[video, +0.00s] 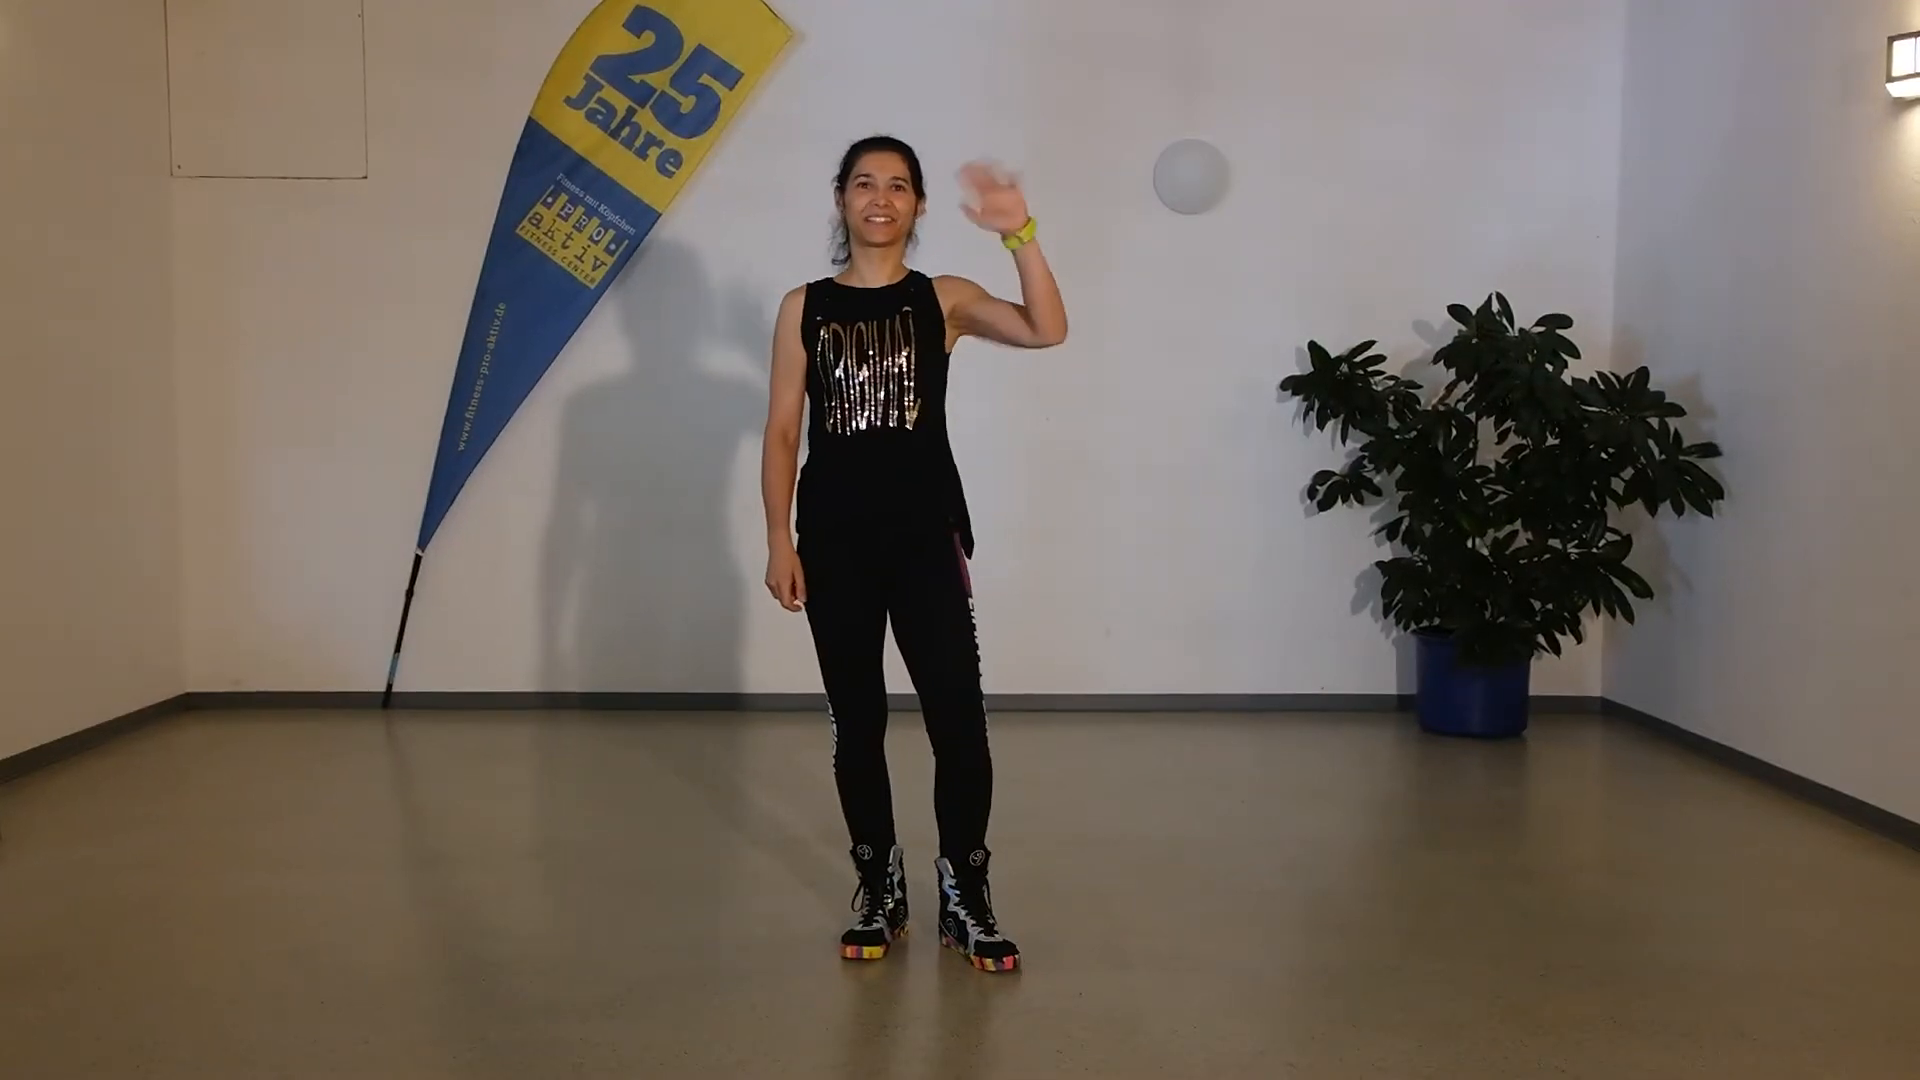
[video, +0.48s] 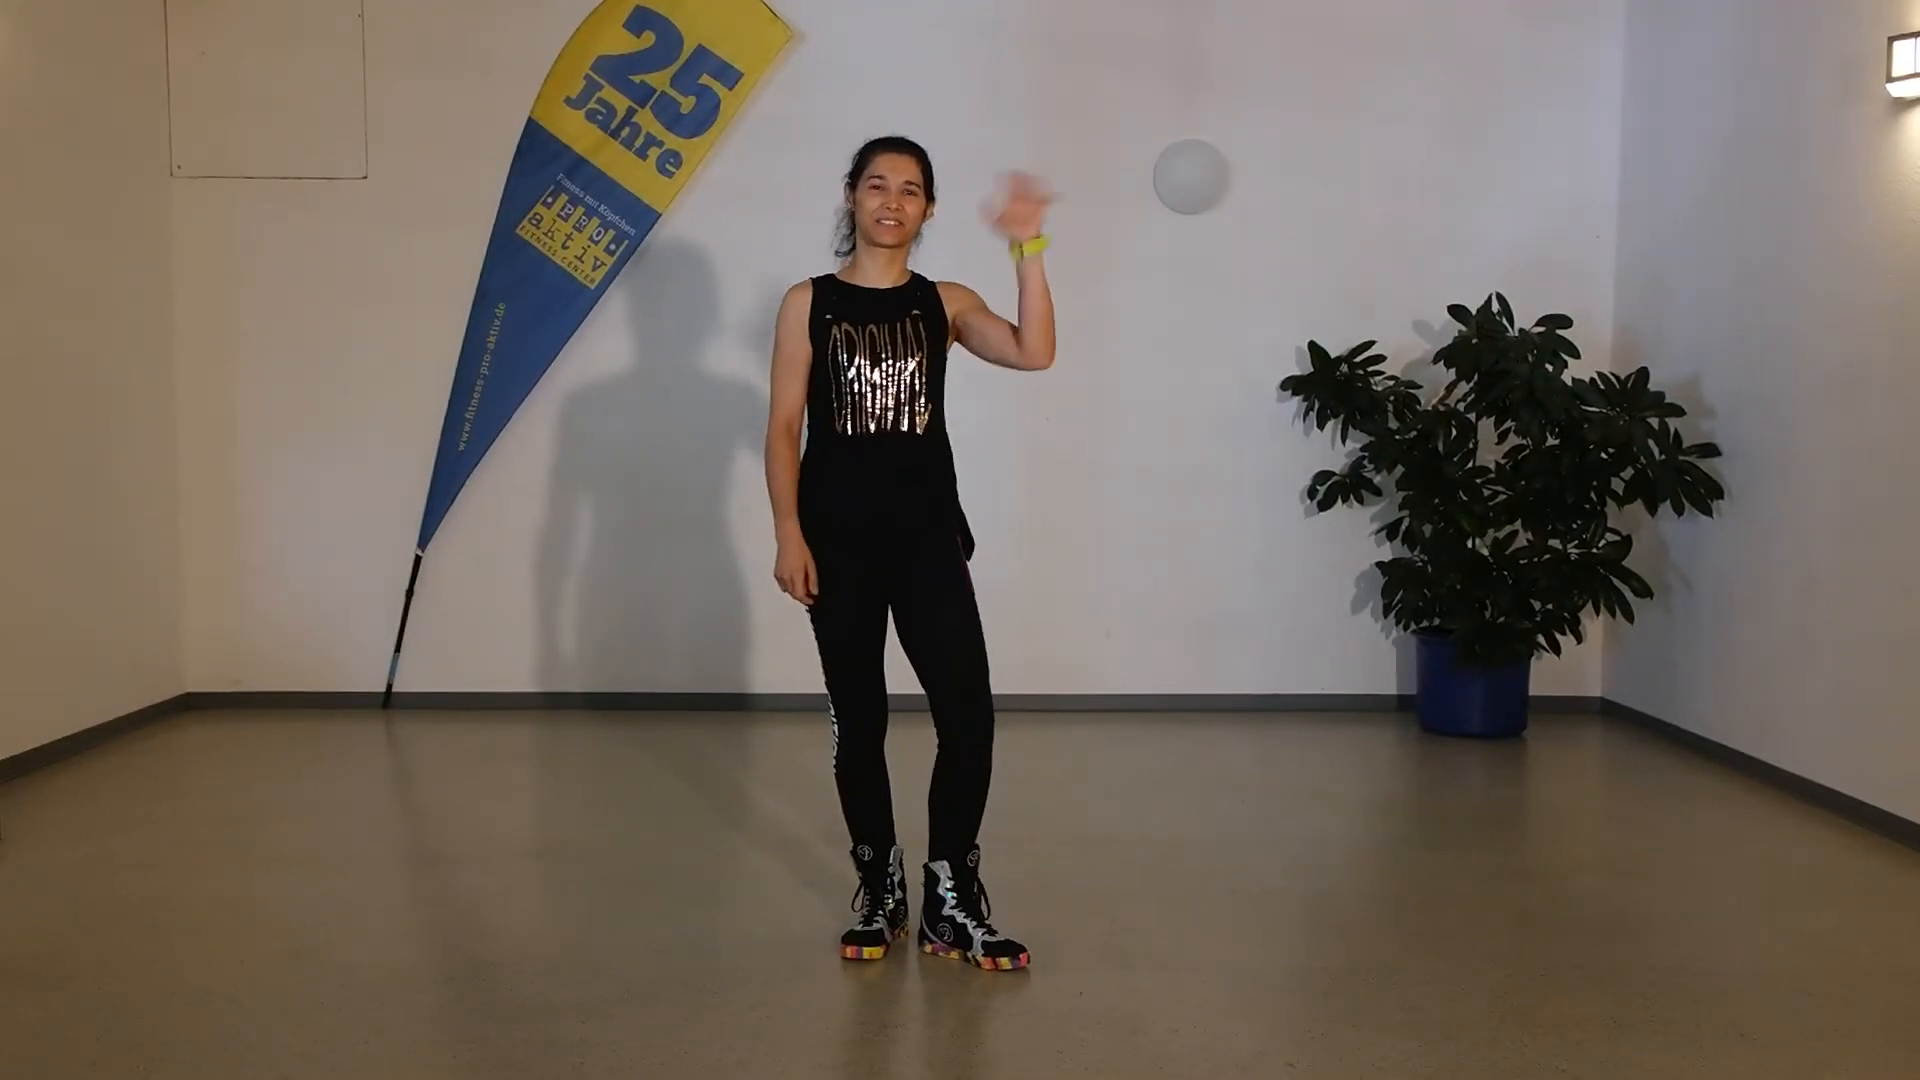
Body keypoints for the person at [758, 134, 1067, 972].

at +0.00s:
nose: (880, 198)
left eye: (895, 187)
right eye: (865, 185)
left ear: (916, 207)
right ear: (841, 202)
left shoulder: (945, 297)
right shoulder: (805, 307)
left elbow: (1046, 327)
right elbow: (783, 430)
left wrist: (1018, 234)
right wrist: (779, 539)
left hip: (928, 541)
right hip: (834, 543)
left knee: (958, 720)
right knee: (857, 723)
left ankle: (965, 899)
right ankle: (878, 891)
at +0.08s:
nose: (883, 197)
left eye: (899, 187)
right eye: (868, 185)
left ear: (919, 210)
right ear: (843, 203)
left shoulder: (945, 299)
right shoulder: (805, 308)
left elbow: (1037, 334)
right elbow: (782, 430)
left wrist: (1026, 234)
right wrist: (779, 543)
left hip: (929, 543)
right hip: (836, 545)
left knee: (959, 720)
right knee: (858, 723)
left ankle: (964, 897)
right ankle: (878, 888)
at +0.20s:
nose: (886, 198)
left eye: (902, 188)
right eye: (871, 185)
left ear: (922, 210)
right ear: (845, 202)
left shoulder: (943, 299)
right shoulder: (806, 305)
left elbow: (1034, 338)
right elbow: (783, 428)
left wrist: (1029, 233)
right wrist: (778, 539)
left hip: (929, 543)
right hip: (835, 544)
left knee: (962, 716)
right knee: (858, 722)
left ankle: (964, 897)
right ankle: (877, 888)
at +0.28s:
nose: (891, 200)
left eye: (907, 189)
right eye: (876, 185)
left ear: (924, 211)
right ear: (848, 201)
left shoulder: (945, 300)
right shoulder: (807, 304)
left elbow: (1042, 336)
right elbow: (781, 428)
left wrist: (1023, 244)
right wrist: (781, 539)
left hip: (931, 543)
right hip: (837, 544)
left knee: (967, 721)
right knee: (858, 723)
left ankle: (959, 902)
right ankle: (878, 893)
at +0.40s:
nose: (893, 200)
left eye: (909, 191)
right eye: (878, 186)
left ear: (925, 212)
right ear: (851, 199)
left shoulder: (943, 301)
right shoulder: (808, 304)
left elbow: (1031, 343)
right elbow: (782, 425)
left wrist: (1030, 234)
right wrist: (783, 535)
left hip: (929, 540)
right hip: (836, 540)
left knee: (970, 715)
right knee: (859, 721)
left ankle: (954, 898)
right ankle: (877, 889)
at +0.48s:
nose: (891, 200)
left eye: (908, 190)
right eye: (877, 186)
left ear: (926, 211)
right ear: (851, 199)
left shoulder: (944, 303)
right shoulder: (808, 304)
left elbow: (1032, 351)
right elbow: (784, 427)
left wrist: (1028, 247)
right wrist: (788, 532)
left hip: (930, 541)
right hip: (837, 541)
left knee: (968, 716)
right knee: (859, 721)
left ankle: (951, 897)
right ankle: (878, 890)